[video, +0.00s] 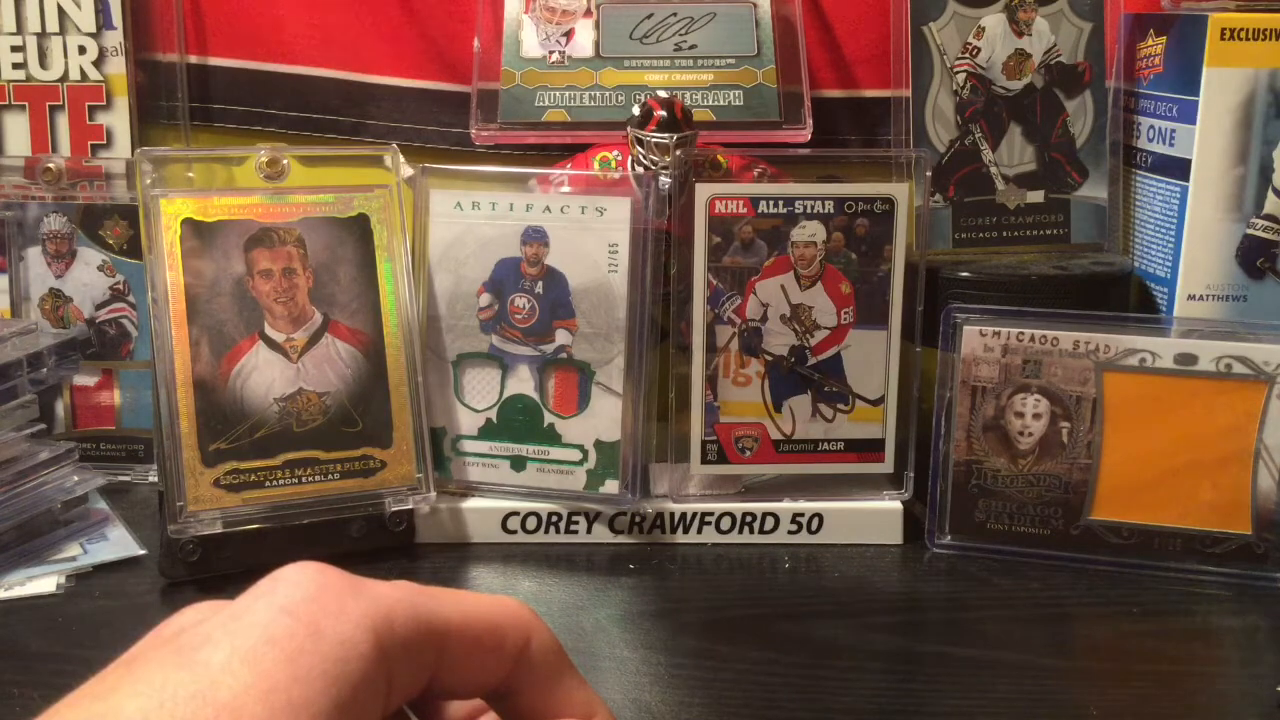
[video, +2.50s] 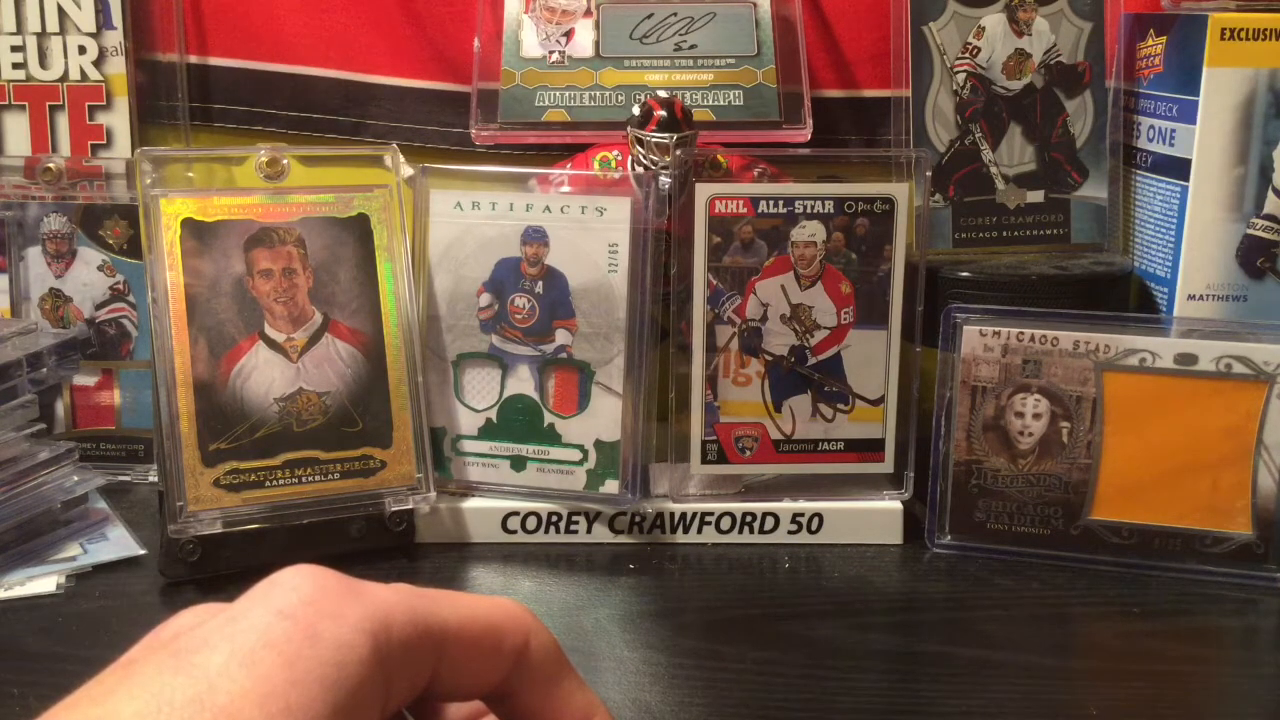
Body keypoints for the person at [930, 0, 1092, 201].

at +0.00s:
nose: (1029, 16)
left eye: (1033, 10)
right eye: (1023, 10)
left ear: (1037, 11)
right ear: (1010, 9)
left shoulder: (1041, 27)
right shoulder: (990, 26)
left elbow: (1050, 63)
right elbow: (965, 62)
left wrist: (1069, 75)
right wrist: (970, 97)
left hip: (1025, 92)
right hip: (992, 93)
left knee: (1055, 118)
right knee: (982, 136)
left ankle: (1062, 174)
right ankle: (943, 182)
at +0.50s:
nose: (1029, 16)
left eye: (1033, 10)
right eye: (1024, 10)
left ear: (1037, 11)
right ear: (1010, 9)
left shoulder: (1041, 27)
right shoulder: (990, 26)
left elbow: (1050, 63)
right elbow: (965, 62)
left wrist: (1069, 75)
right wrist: (969, 97)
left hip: (1025, 92)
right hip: (992, 93)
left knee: (1055, 118)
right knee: (981, 136)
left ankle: (1063, 173)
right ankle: (942, 183)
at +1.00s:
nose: (1029, 16)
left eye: (1033, 10)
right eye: (1023, 10)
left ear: (1037, 10)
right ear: (1010, 9)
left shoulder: (1041, 27)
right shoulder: (990, 26)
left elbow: (1050, 63)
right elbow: (964, 62)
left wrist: (1070, 74)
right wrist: (969, 96)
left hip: (1026, 91)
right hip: (993, 93)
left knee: (1056, 121)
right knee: (979, 138)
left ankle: (1063, 175)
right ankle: (942, 185)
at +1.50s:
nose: (1029, 16)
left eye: (1033, 10)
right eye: (1024, 10)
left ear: (1037, 10)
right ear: (1011, 9)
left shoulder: (1041, 27)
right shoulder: (990, 26)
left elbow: (1050, 62)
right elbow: (965, 62)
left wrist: (1069, 74)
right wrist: (969, 95)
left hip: (1027, 91)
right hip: (993, 93)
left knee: (1056, 120)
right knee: (980, 138)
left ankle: (1063, 174)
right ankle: (942, 185)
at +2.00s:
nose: (1029, 16)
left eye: (1033, 10)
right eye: (1024, 10)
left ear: (1037, 10)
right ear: (1011, 8)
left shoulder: (1041, 27)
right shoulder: (990, 26)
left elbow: (1050, 59)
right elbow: (965, 62)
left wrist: (1068, 73)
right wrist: (968, 96)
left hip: (1027, 91)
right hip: (993, 93)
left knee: (1057, 122)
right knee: (979, 138)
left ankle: (1062, 176)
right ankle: (943, 185)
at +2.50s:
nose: (1029, 15)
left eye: (1033, 10)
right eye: (1023, 9)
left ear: (1037, 9)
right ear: (1011, 8)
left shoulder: (1041, 27)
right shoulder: (990, 25)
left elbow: (1051, 60)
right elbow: (965, 62)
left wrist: (1068, 74)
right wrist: (970, 97)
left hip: (1026, 92)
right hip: (993, 94)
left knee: (1056, 121)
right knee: (979, 138)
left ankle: (1062, 175)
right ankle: (942, 184)